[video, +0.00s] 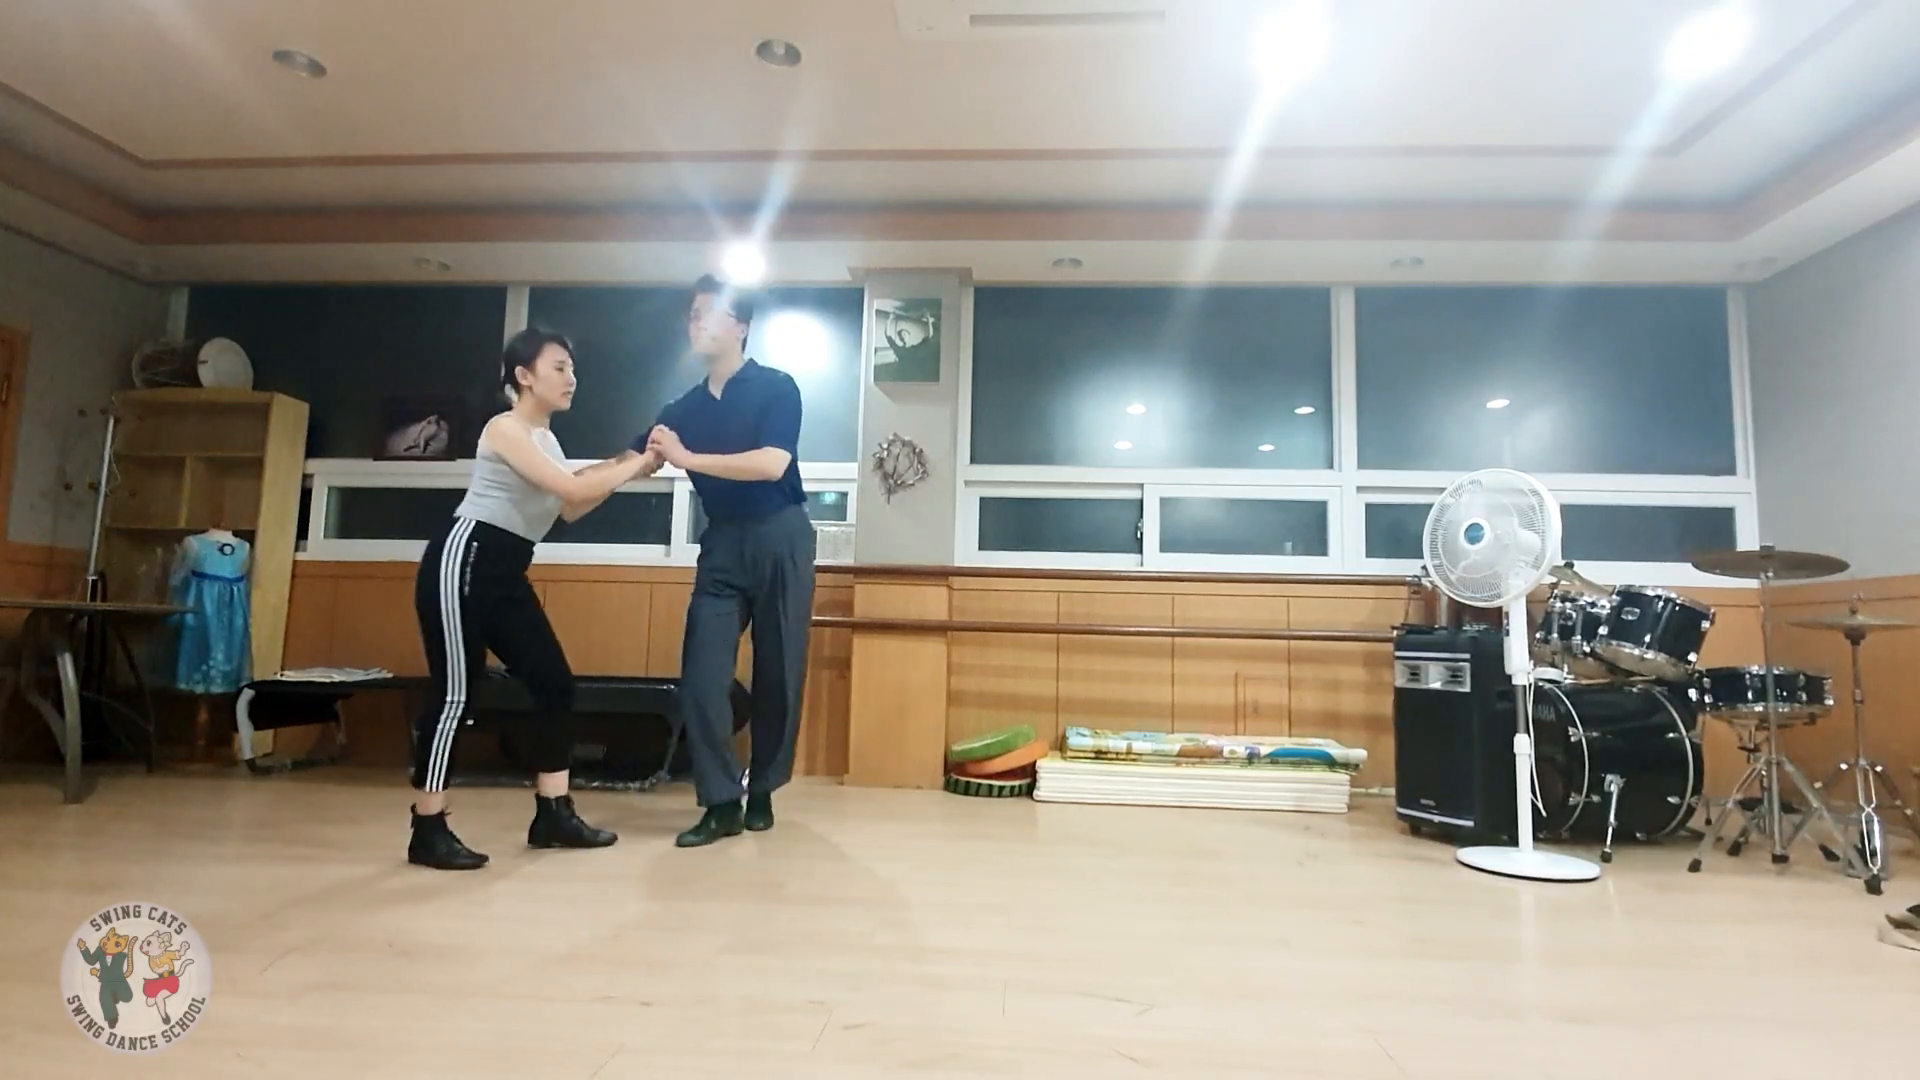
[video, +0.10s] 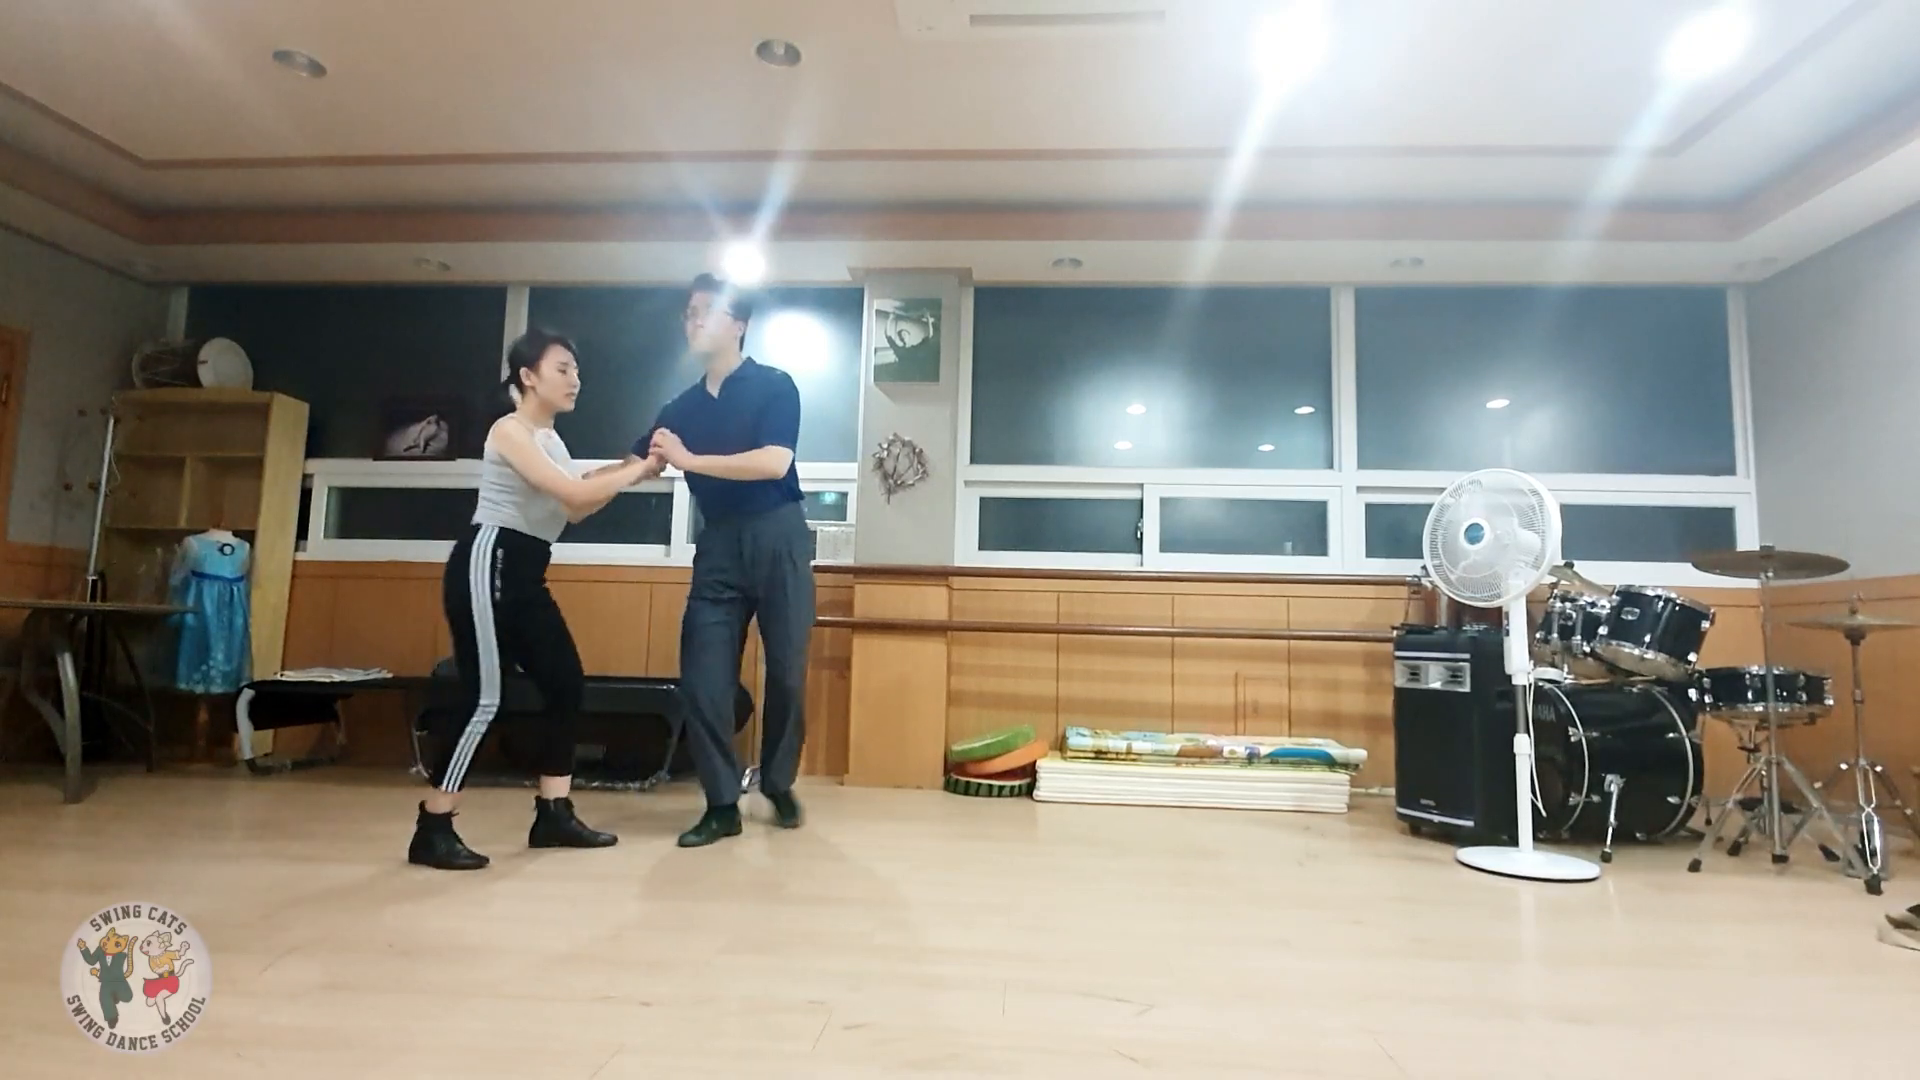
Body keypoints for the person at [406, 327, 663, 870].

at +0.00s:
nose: (570, 379)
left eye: (571, 370)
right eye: (559, 368)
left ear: (555, 380)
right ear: (523, 375)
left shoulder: (548, 442)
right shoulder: (502, 428)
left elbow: (571, 509)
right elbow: (572, 488)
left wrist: (622, 471)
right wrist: (632, 464)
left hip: (504, 575)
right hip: (459, 563)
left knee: (554, 683)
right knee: (454, 695)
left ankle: (554, 814)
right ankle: (428, 828)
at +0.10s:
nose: (574, 380)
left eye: (575, 371)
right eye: (562, 369)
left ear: (562, 382)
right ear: (526, 376)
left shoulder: (554, 443)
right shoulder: (507, 432)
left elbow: (572, 511)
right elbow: (575, 493)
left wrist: (623, 477)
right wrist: (634, 470)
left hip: (525, 575)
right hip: (485, 567)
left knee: (565, 683)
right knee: (485, 697)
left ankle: (554, 815)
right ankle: (433, 825)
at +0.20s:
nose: (579, 382)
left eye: (580, 373)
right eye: (568, 370)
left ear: (567, 383)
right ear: (533, 377)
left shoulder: (559, 441)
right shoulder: (515, 431)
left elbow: (580, 512)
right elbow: (580, 493)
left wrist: (635, 476)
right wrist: (638, 471)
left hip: (541, 573)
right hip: (504, 567)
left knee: (573, 686)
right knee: (523, 696)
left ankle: (554, 815)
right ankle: (446, 818)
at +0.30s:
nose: (583, 384)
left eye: (584, 375)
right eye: (572, 373)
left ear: (574, 384)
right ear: (538, 378)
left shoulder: (563, 443)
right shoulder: (519, 431)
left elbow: (588, 512)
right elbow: (587, 489)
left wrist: (644, 476)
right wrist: (649, 467)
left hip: (552, 573)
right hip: (514, 569)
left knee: (577, 687)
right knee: (546, 693)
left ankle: (555, 815)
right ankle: (465, 807)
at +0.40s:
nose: (586, 383)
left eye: (587, 375)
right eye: (575, 373)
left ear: (583, 383)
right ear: (541, 379)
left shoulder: (570, 445)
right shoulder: (521, 432)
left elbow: (601, 512)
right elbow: (585, 484)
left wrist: (653, 474)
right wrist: (654, 463)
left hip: (556, 575)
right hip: (515, 571)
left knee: (578, 688)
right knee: (549, 691)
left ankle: (556, 814)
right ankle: (485, 803)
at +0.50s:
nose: (589, 381)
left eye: (590, 373)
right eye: (576, 372)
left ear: (589, 384)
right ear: (543, 380)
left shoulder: (579, 448)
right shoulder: (521, 432)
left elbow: (610, 512)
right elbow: (577, 479)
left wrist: (662, 473)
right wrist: (654, 462)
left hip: (556, 573)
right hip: (514, 568)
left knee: (574, 686)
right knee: (539, 689)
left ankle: (556, 814)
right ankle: (502, 815)